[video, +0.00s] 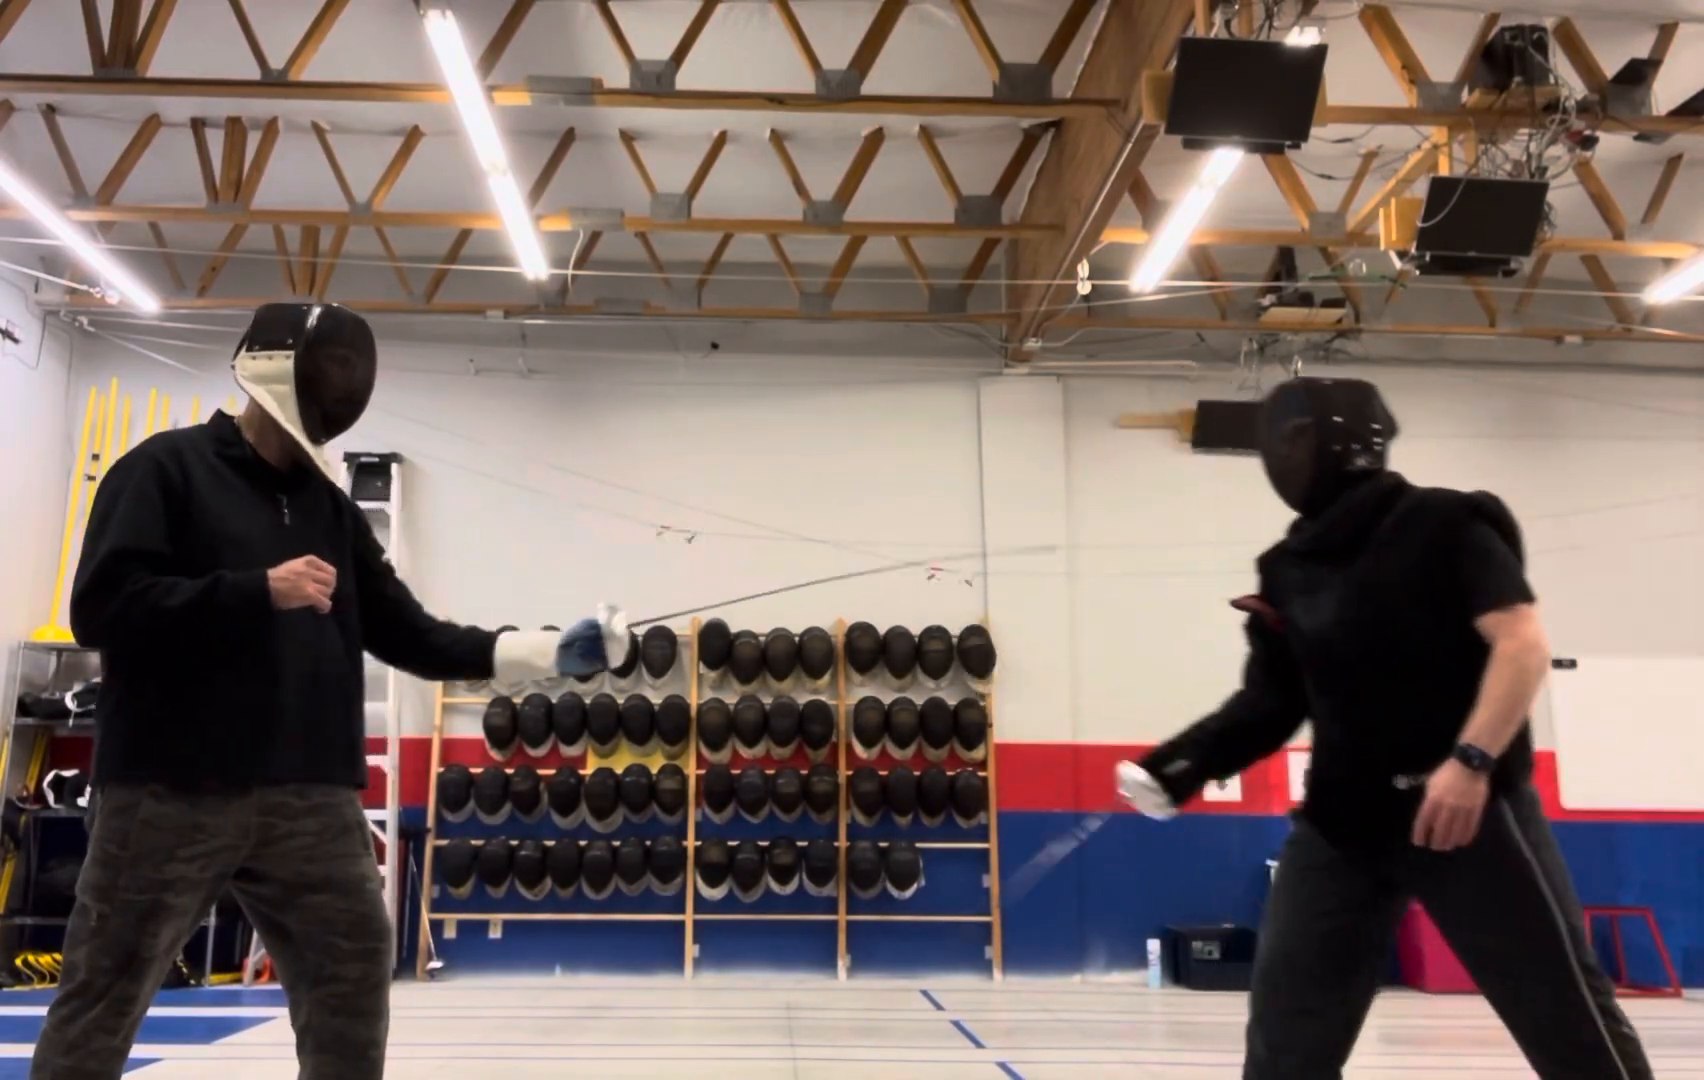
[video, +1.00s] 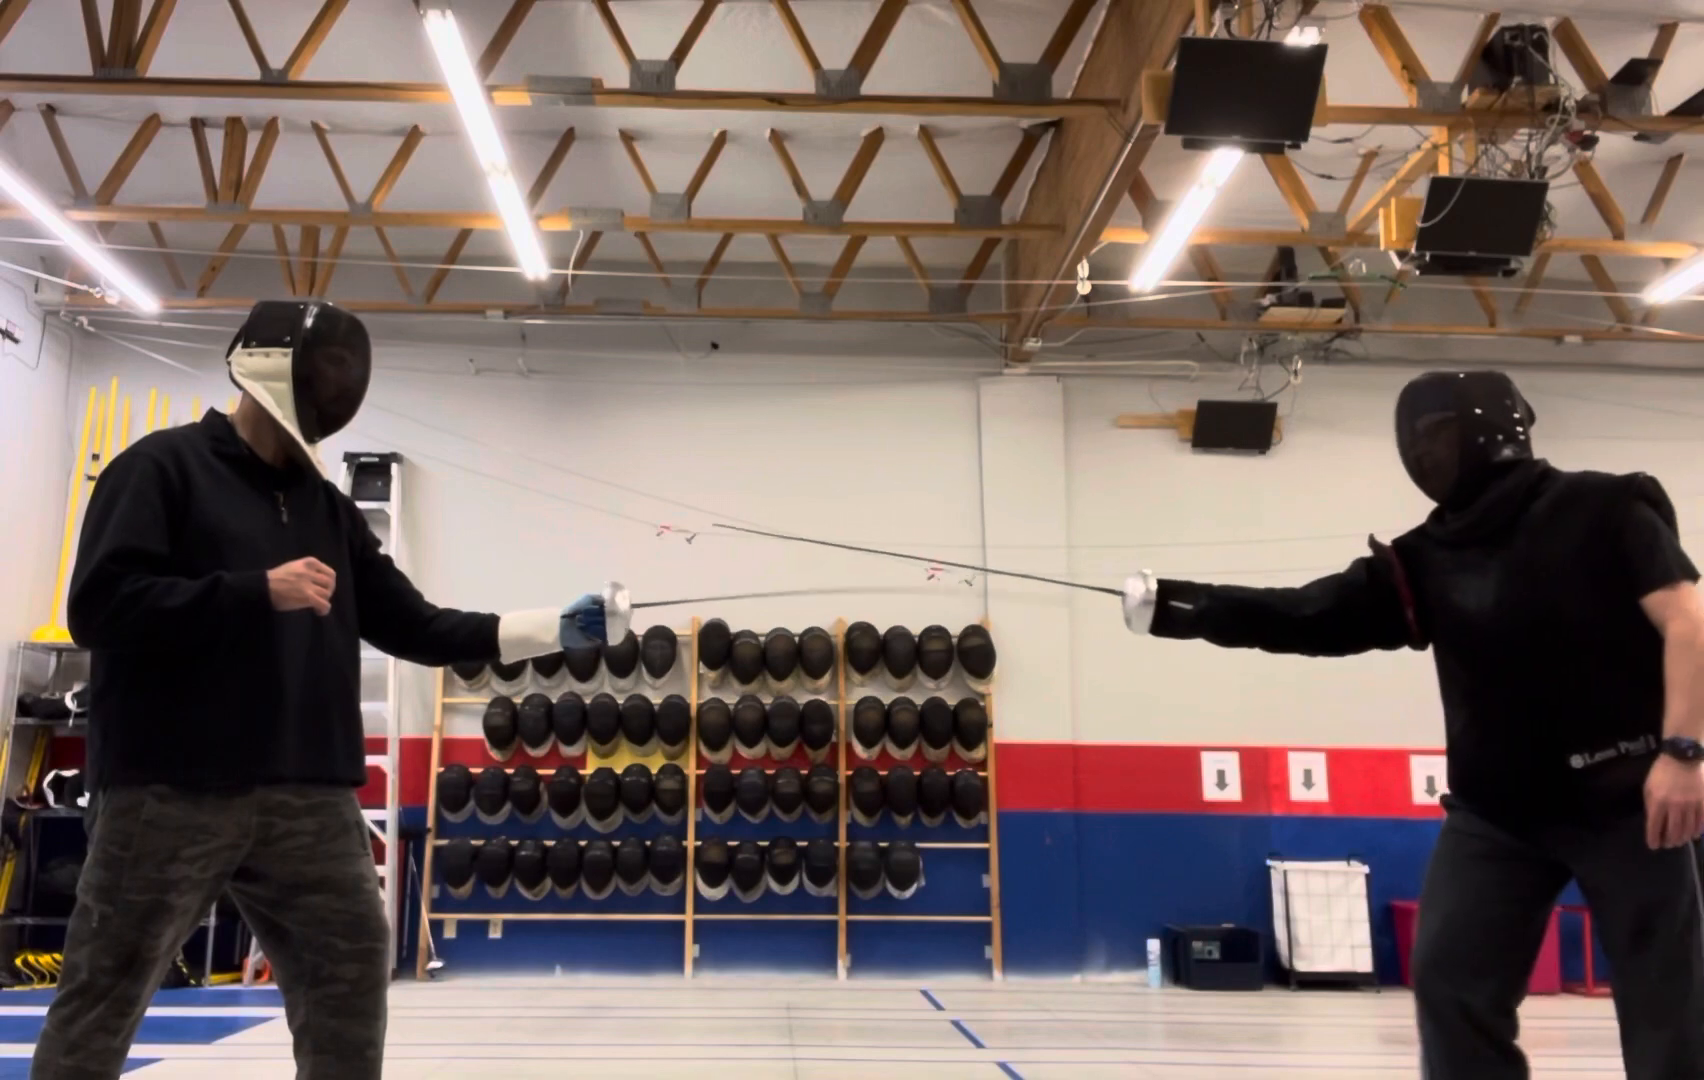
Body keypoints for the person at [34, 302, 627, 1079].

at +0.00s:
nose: (332, 402)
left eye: (342, 388)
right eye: (318, 380)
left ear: (339, 395)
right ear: (266, 372)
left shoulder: (328, 507)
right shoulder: (158, 471)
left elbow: (401, 630)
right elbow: (101, 607)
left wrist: (526, 651)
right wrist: (256, 589)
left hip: (306, 797)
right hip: (165, 792)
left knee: (351, 969)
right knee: (102, 998)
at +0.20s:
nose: (322, 402)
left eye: (335, 387)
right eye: (310, 379)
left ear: (337, 395)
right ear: (256, 368)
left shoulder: (321, 511)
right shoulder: (149, 469)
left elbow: (397, 631)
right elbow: (88, 603)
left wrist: (520, 652)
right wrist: (244, 590)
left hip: (300, 797)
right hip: (160, 793)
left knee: (346, 976)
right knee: (99, 1001)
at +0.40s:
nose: (322, 399)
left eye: (332, 386)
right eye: (309, 376)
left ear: (331, 394)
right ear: (258, 366)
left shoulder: (319, 508)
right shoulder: (147, 469)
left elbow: (405, 622)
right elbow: (91, 607)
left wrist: (546, 640)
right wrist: (247, 589)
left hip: (300, 794)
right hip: (161, 791)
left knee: (345, 972)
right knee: (100, 1000)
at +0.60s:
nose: (319, 404)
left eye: (331, 389)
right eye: (309, 380)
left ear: (332, 395)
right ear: (260, 368)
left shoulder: (322, 507)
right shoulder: (150, 470)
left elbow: (412, 618)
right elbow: (95, 608)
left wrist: (555, 633)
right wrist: (252, 589)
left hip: (304, 798)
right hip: (165, 794)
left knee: (349, 972)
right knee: (102, 1002)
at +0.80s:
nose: (319, 405)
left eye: (332, 391)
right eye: (309, 381)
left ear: (333, 397)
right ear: (260, 367)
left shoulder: (323, 506)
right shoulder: (152, 469)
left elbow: (411, 617)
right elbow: (97, 608)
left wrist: (558, 633)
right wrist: (253, 589)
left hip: (305, 797)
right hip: (166, 793)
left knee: (348, 973)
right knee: (103, 1000)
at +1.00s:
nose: (326, 398)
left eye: (337, 384)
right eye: (312, 375)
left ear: (337, 392)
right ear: (258, 366)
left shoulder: (325, 507)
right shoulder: (154, 469)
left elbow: (407, 623)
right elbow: (99, 606)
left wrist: (550, 630)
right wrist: (254, 589)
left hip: (305, 796)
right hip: (166, 793)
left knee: (348, 982)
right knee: (101, 1002)